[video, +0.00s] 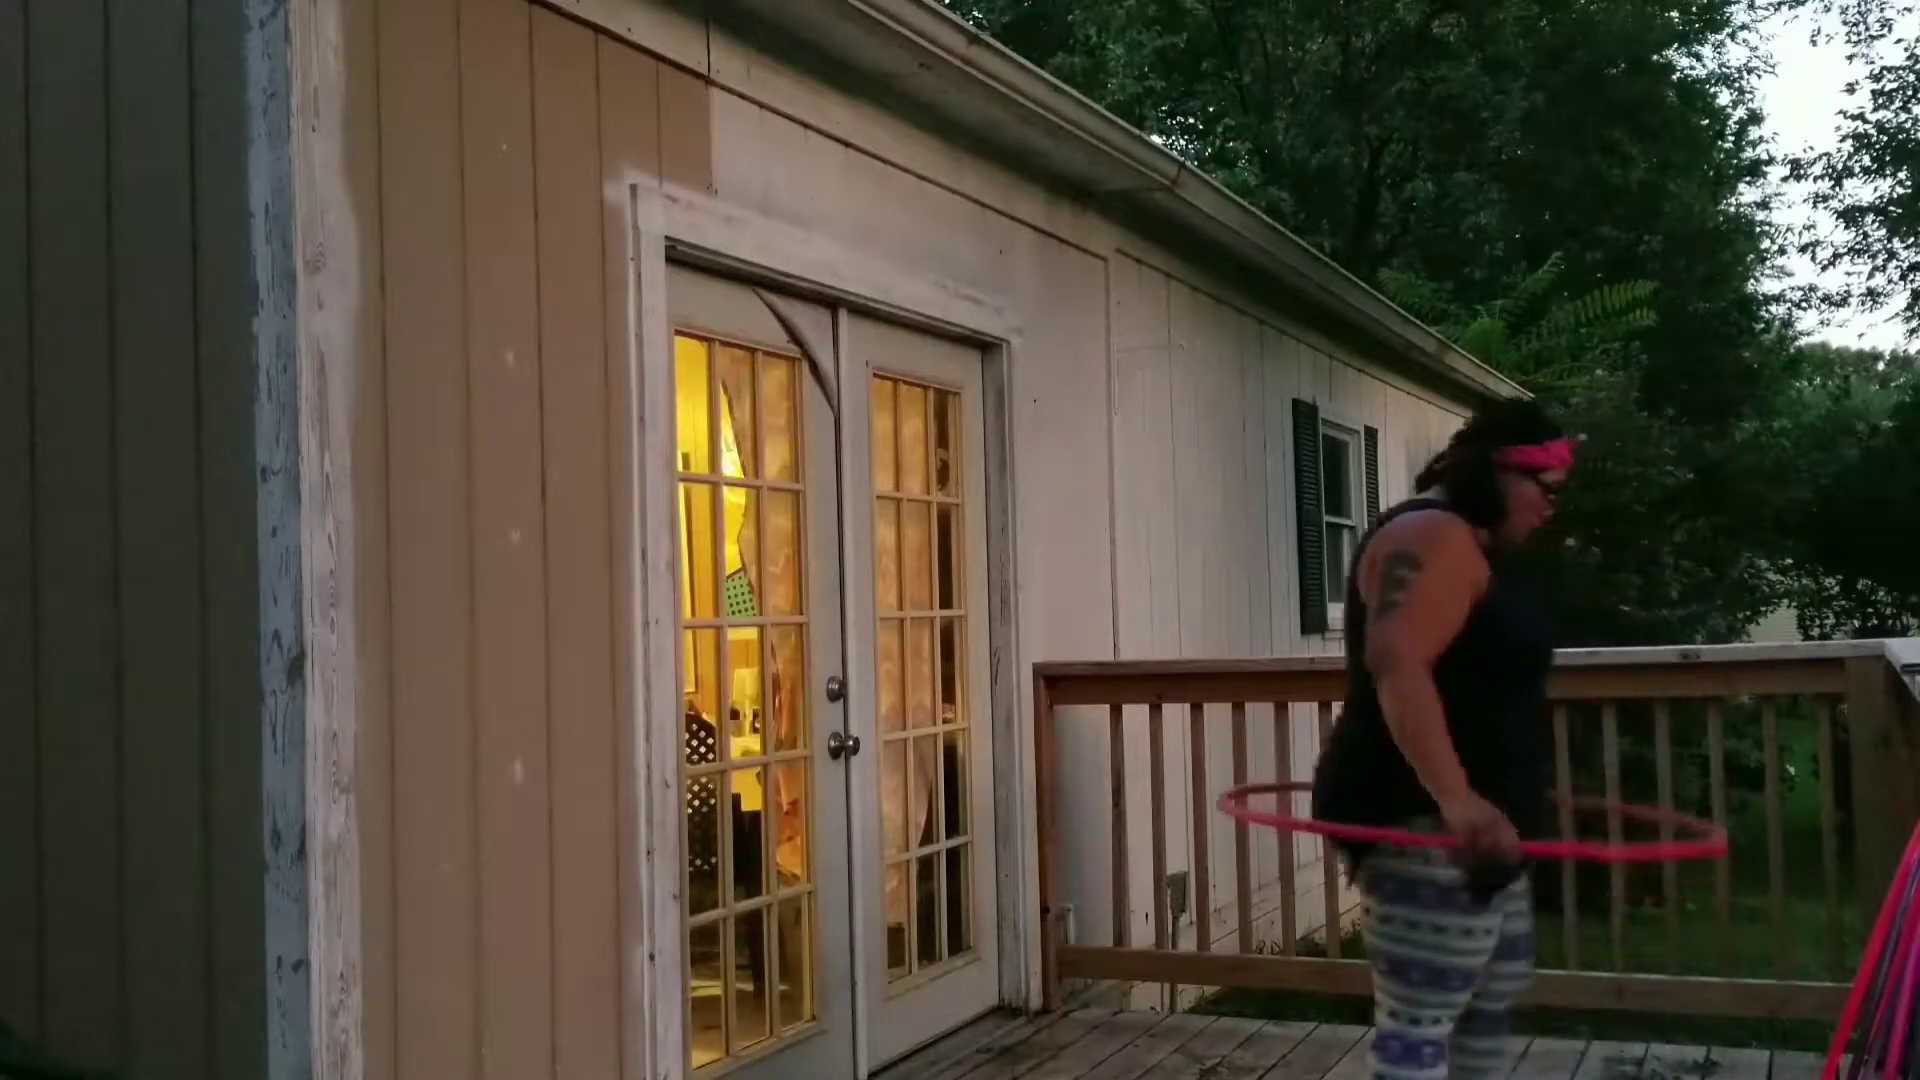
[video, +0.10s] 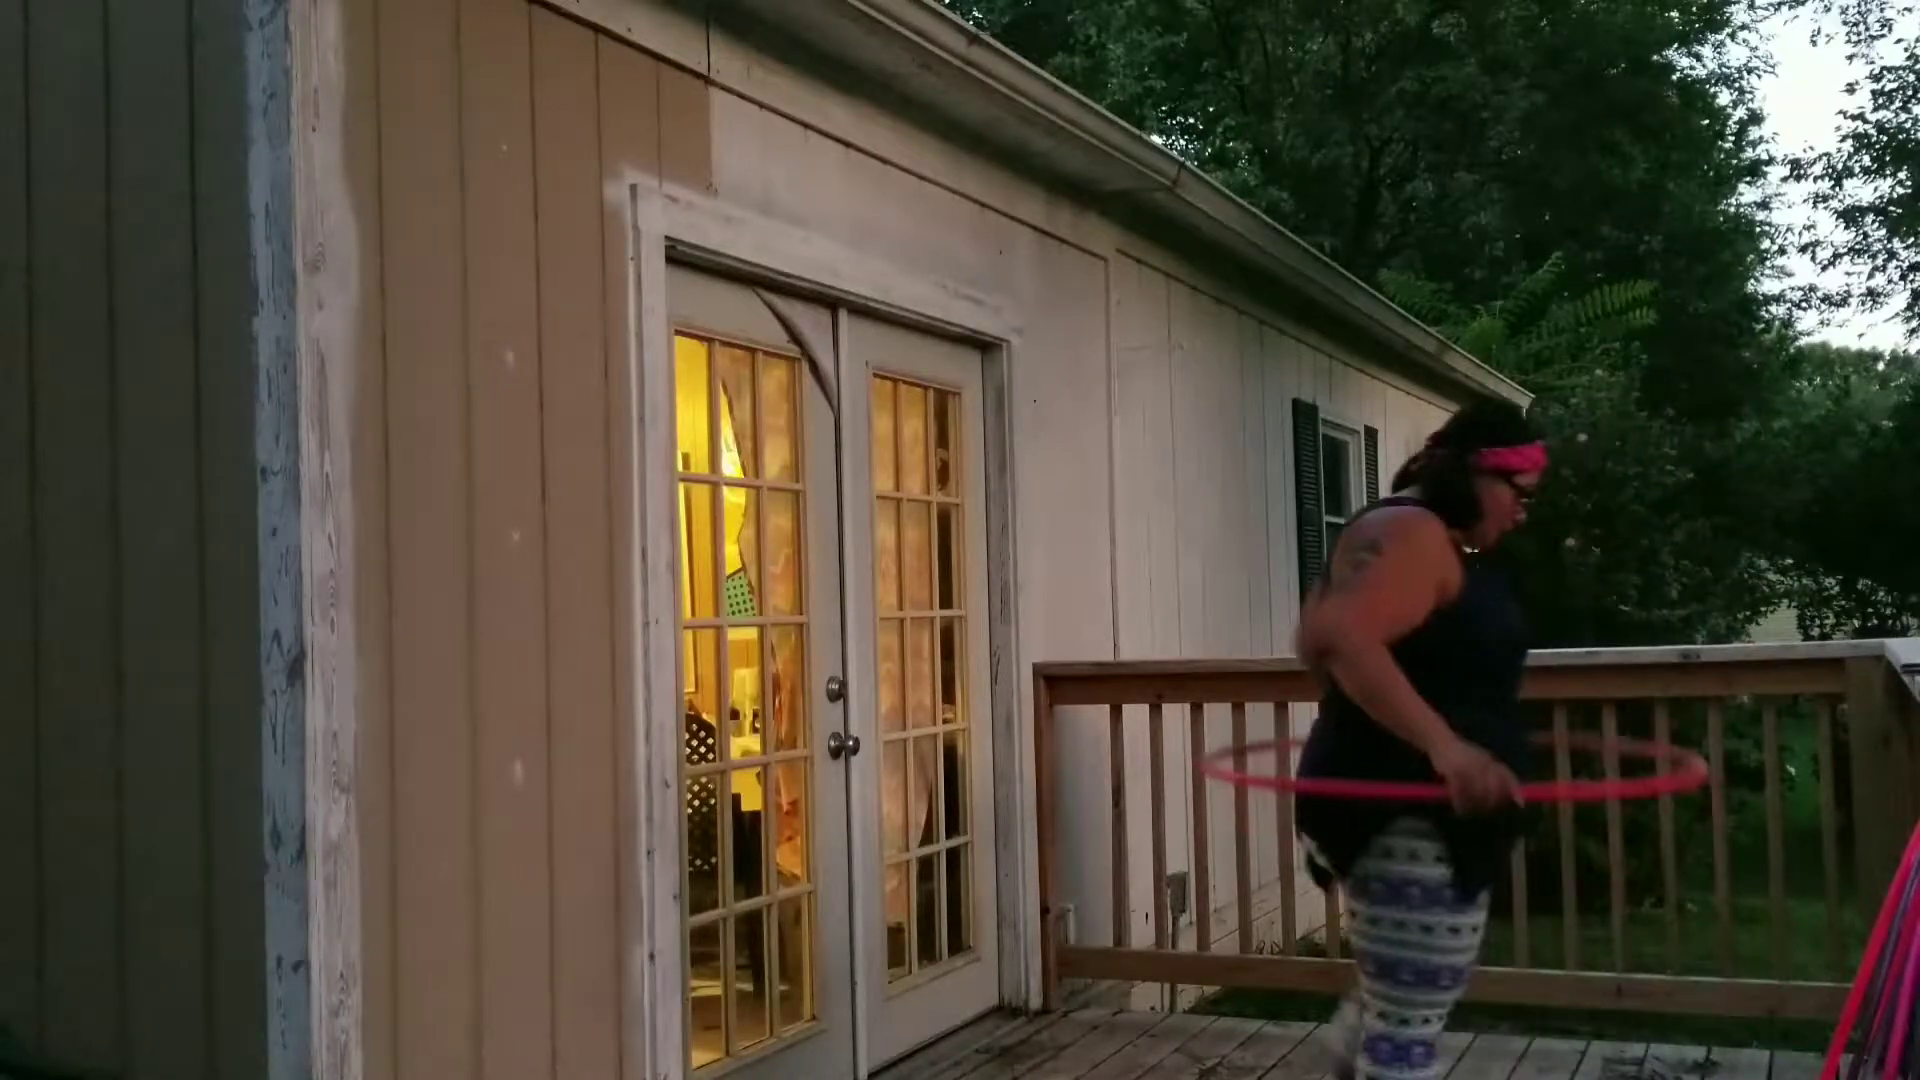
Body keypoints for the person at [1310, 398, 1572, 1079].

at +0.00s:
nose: (1550, 505)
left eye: (1555, 491)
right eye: (1543, 485)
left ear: (1491, 475)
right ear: (1493, 471)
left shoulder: (1474, 546)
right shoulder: (1432, 538)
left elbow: (1469, 686)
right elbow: (1395, 662)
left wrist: (1519, 796)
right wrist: (1454, 795)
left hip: (1489, 811)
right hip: (1417, 815)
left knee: (1498, 988)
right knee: (1422, 1019)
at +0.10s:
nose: (1524, 509)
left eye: (1529, 494)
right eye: (1518, 489)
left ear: (1458, 474)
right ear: (1470, 473)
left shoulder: (1388, 529)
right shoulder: (1418, 536)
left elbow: (1316, 640)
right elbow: (1347, 638)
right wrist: (1447, 746)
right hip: (1412, 818)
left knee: (1392, 998)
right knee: (1407, 1030)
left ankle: (1343, 1056)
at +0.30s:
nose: (1470, 512)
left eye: (1474, 498)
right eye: (1461, 493)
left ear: (1414, 480)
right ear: (1415, 479)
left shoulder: (1337, 533)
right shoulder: (1363, 536)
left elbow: (1256, 634)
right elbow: (1268, 624)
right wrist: (1384, 716)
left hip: (1316, 809)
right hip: (1374, 819)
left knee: (1303, 988)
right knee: (1376, 1035)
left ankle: (1226, 1070)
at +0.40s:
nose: (1433, 521)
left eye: (1438, 506)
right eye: (1428, 501)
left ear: (1367, 482)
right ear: (1385, 485)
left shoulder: (1285, 539)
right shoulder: (1340, 550)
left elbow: (1232, 653)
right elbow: (1263, 654)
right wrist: (1351, 769)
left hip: (1274, 819)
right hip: (1343, 828)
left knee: (1270, 1000)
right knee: (1357, 1032)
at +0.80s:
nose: (1299, 544)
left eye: (1306, 530)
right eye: (1295, 525)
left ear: (1246, 507)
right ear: (1253, 506)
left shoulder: (1182, 571)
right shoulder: (1209, 577)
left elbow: (1156, 724)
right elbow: (1213, 725)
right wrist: (1241, 861)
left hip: (1173, 832)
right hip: (1215, 837)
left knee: (1199, 1018)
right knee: (1284, 1020)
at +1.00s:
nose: (1248, 543)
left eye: (1253, 530)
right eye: (1241, 524)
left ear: (1189, 511)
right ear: (1198, 509)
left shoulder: (1146, 573)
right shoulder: (1158, 577)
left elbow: (1153, 726)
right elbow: (1158, 720)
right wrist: (1214, 853)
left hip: (1160, 838)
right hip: (1188, 842)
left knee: (1198, 1019)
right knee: (1271, 1024)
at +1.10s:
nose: (1232, 538)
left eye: (1236, 524)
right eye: (1225, 520)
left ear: (1174, 510)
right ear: (1181, 507)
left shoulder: (1112, 571)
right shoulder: (1146, 572)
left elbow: (1081, 703)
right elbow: (1125, 703)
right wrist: (1209, 824)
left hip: (1153, 838)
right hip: (1192, 840)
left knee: (1194, 1017)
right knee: (1268, 1023)